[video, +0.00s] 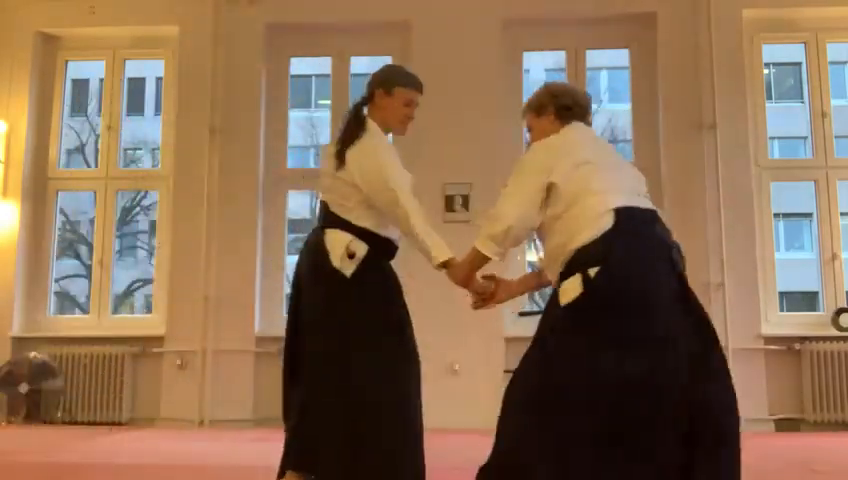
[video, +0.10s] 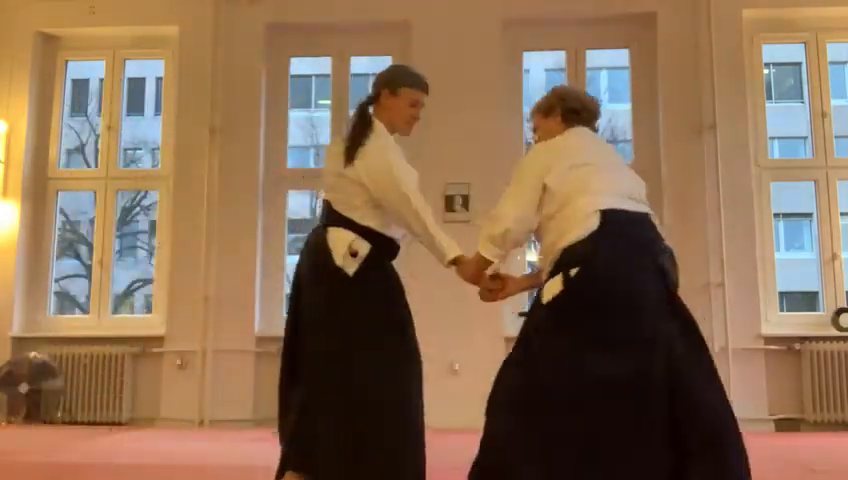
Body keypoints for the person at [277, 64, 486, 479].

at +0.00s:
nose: (413, 113)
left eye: (415, 106)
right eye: (408, 103)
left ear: (380, 101)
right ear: (379, 97)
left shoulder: (355, 137)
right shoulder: (373, 146)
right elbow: (404, 206)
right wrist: (446, 260)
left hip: (327, 260)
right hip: (354, 267)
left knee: (327, 372)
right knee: (389, 370)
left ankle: (302, 467)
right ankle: (382, 470)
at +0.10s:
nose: (418, 115)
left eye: (421, 107)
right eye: (413, 104)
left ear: (387, 100)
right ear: (385, 97)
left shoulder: (352, 135)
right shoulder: (379, 147)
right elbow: (412, 209)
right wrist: (457, 258)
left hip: (325, 258)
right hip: (357, 265)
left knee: (324, 370)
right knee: (391, 370)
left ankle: (300, 465)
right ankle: (383, 469)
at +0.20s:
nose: (420, 116)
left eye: (423, 109)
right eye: (417, 106)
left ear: (392, 101)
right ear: (389, 97)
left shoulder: (352, 135)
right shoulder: (385, 149)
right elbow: (422, 214)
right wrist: (468, 258)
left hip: (326, 260)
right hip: (361, 268)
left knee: (326, 369)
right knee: (392, 368)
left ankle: (303, 465)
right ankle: (381, 469)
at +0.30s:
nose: (423, 116)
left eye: (425, 108)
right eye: (418, 105)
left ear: (388, 101)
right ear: (392, 98)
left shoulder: (347, 139)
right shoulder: (393, 156)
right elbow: (431, 215)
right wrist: (471, 248)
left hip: (324, 262)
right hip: (363, 270)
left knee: (327, 370)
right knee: (395, 369)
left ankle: (309, 464)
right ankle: (384, 468)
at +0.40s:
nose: (422, 118)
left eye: (425, 110)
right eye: (417, 108)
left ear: (387, 104)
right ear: (391, 101)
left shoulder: (343, 142)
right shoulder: (393, 155)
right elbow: (441, 207)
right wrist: (473, 223)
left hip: (322, 263)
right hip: (363, 269)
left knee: (328, 366)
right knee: (403, 365)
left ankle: (315, 464)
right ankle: (386, 468)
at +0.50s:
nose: (421, 118)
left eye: (424, 111)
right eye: (416, 108)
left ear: (384, 105)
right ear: (389, 102)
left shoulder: (337, 146)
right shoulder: (399, 153)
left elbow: (333, 195)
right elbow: (444, 178)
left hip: (324, 258)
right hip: (368, 263)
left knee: (329, 363)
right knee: (414, 361)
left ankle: (321, 463)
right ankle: (395, 467)